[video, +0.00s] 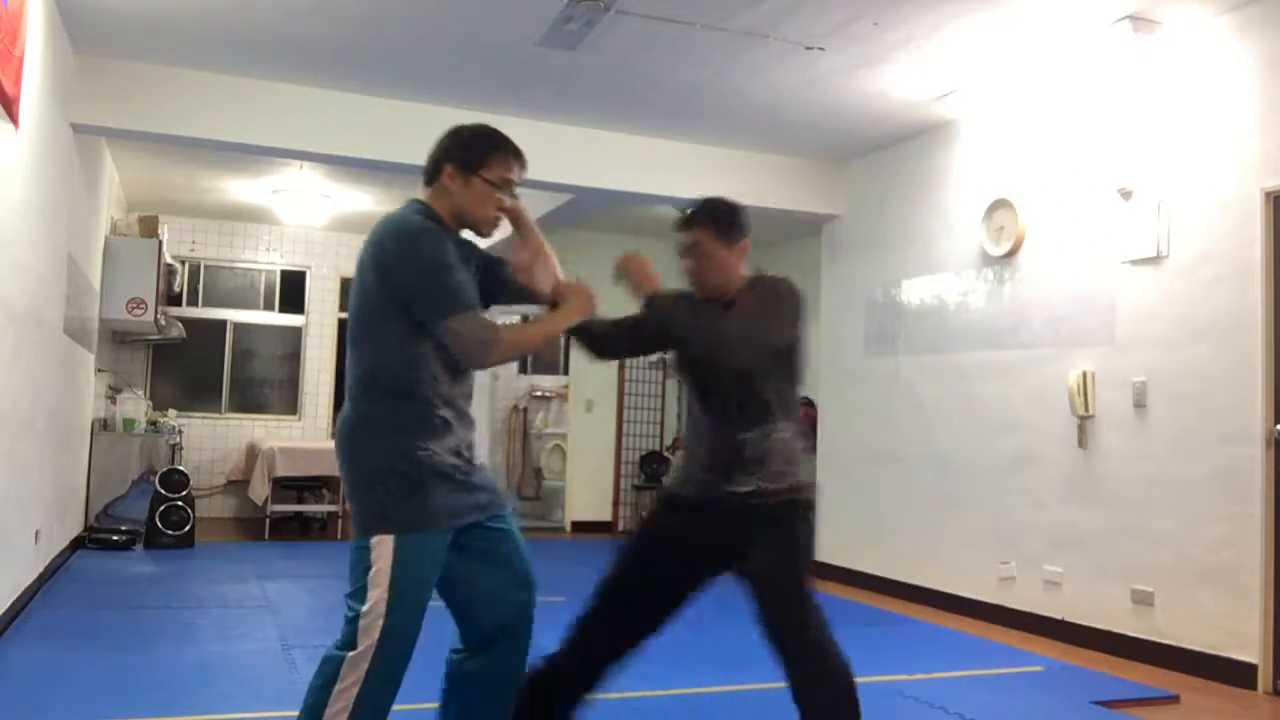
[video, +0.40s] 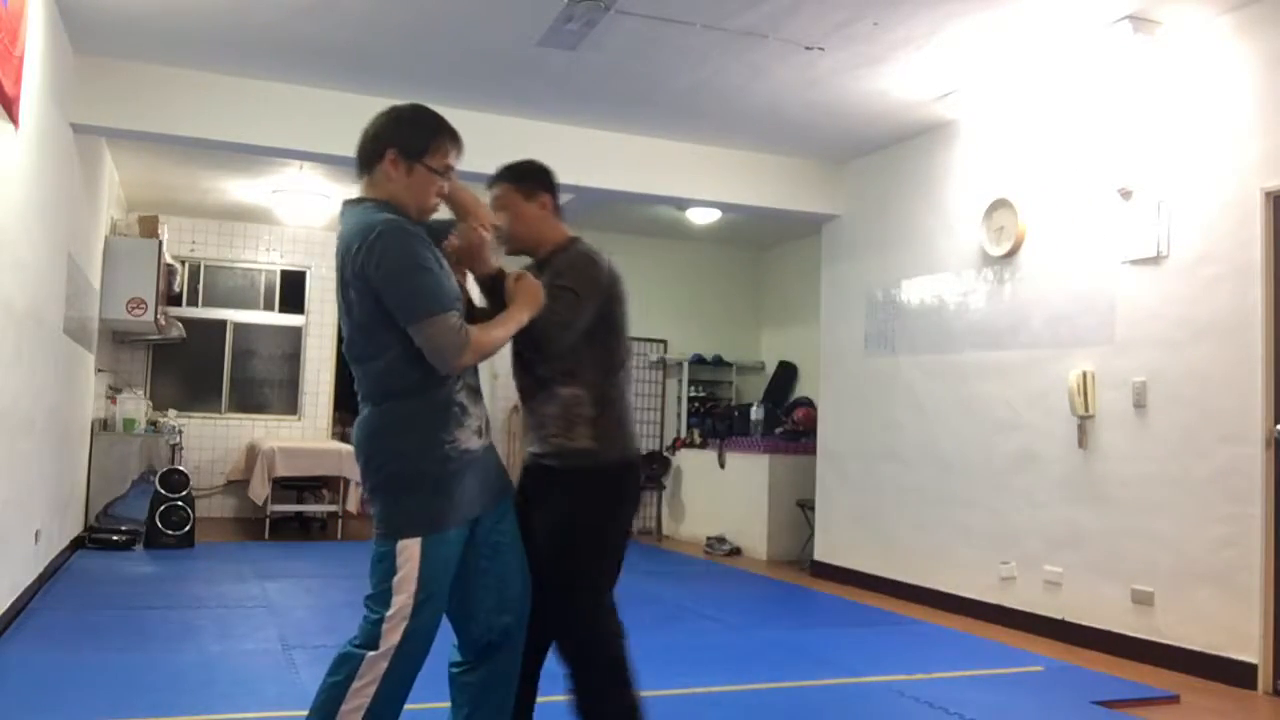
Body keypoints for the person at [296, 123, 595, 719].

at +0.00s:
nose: (506, 202)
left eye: (511, 191)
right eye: (499, 187)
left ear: (455, 182)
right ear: (452, 176)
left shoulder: (452, 248)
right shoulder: (411, 236)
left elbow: (541, 281)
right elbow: (476, 344)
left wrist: (514, 206)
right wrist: (565, 315)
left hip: (456, 467)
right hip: (399, 468)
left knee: (504, 611)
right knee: (378, 640)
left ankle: (478, 717)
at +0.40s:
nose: (445, 186)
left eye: (449, 175)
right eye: (438, 172)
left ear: (387, 167)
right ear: (394, 164)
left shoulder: (382, 227)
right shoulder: (388, 235)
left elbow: (478, 245)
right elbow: (453, 350)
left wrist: (450, 185)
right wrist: (518, 313)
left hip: (468, 458)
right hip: (422, 463)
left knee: (498, 630)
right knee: (394, 637)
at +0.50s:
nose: (439, 186)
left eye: (441, 173)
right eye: (432, 171)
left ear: (376, 166)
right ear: (388, 163)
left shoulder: (353, 227)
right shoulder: (390, 235)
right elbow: (453, 349)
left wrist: (446, 244)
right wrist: (514, 301)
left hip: (460, 455)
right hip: (422, 458)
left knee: (493, 627)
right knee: (395, 637)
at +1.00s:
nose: (385, 183)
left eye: (387, 168)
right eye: (377, 166)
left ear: (325, 163)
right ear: (334, 161)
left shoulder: (311, 225)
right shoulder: (343, 235)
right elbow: (408, 348)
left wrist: (395, 216)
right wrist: (463, 273)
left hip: (425, 452)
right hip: (402, 458)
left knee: (467, 628)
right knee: (379, 636)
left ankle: (476, 719)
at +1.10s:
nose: (371, 180)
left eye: (372, 166)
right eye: (363, 164)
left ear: (315, 164)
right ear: (319, 163)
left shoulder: (312, 224)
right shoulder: (328, 235)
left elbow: (411, 197)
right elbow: (398, 345)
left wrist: (360, 188)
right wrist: (452, 270)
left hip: (427, 454)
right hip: (397, 460)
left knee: (462, 632)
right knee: (374, 638)